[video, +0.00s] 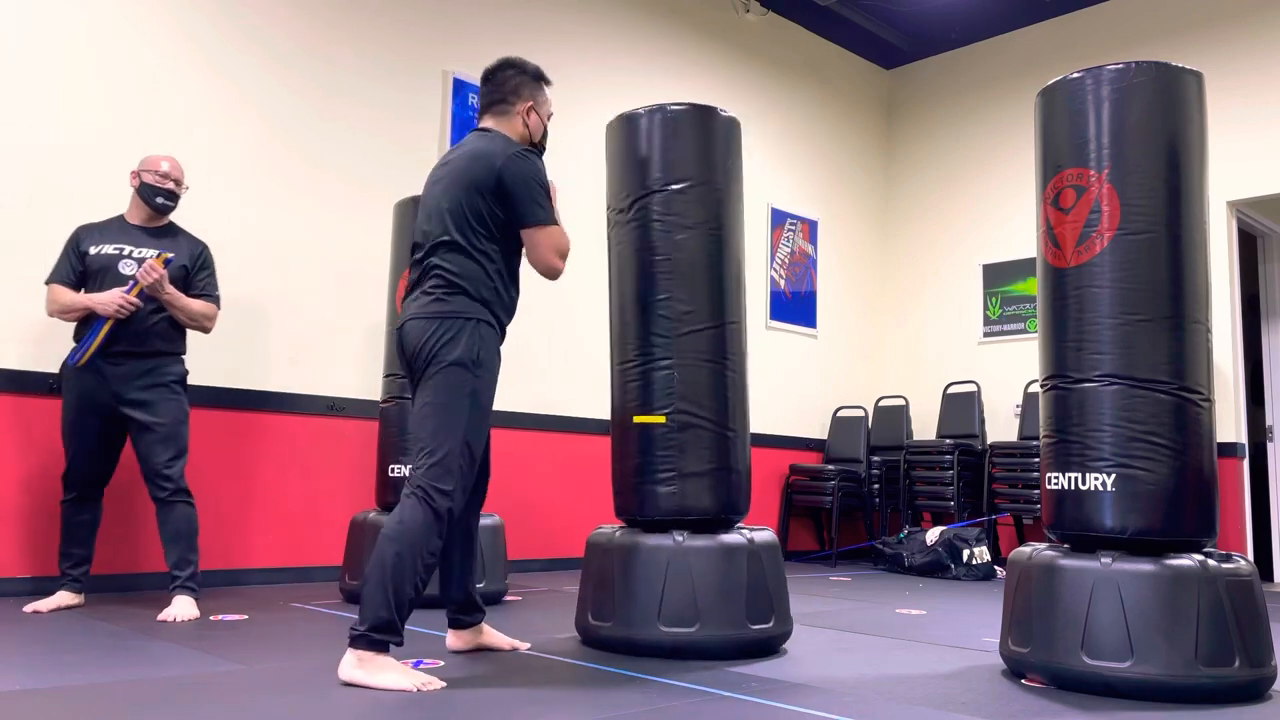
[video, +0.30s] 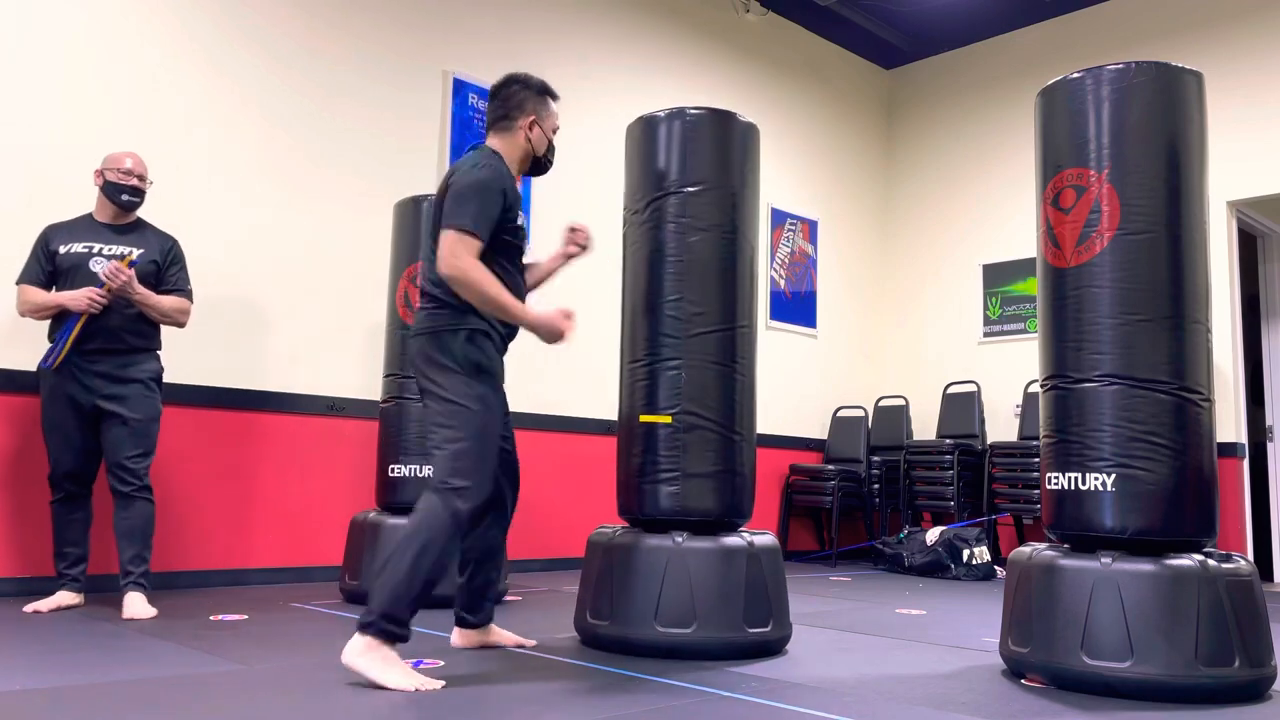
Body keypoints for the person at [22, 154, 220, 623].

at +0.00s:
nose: (168, 185)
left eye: (176, 182)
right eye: (159, 176)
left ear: (182, 194)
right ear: (133, 180)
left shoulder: (193, 250)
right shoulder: (88, 237)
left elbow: (207, 320)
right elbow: (56, 301)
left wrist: (166, 291)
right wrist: (93, 301)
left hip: (158, 382)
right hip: (91, 379)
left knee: (169, 483)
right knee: (80, 484)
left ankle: (184, 592)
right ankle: (71, 587)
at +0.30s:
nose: (130, 181)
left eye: (139, 177)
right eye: (121, 172)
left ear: (147, 189)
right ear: (98, 178)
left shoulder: (163, 246)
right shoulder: (56, 237)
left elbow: (181, 314)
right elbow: (25, 301)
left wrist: (135, 292)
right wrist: (65, 298)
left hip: (133, 381)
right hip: (67, 378)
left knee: (132, 481)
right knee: (68, 483)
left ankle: (135, 589)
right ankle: (71, 586)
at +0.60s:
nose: (121, 182)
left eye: (128, 178)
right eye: (111, 173)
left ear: (134, 189)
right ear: (85, 179)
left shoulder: (151, 245)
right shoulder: (44, 239)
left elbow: (172, 311)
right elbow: (15, 305)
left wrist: (126, 292)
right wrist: (51, 303)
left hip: (124, 381)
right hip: (58, 380)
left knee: (126, 481)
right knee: (63, 484)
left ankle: (130, 589)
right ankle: (70, 586)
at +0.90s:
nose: (112, 184)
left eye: (119, 178)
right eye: (102, 175)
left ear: (125, 189)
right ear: (75, 180)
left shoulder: (142, 245)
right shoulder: (34, 241)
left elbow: (164, 312)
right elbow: (5, 306)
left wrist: (118, 292)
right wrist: (44, 303)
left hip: (117, 380)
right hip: (51, 380)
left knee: (124, 479)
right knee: (58, 483)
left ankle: (130, 588)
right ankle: (70, 586)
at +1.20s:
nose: (104, 183)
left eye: (111, 178)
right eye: (94, 174)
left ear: (117, 189)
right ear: (66, 179)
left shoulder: (133, 244)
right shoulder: (25, 242)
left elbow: (155, 311)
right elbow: (3, 308)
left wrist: (107, 289)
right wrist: (33, 302)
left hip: (105, 374)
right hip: (41, 375)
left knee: (102, 474)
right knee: (53, 480)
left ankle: (101, 587)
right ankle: (68, 586)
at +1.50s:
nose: (96, 181)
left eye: (103, 176)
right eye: (86, 172)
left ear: (108, 186)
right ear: (56, 177)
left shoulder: (122, 241)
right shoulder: (15, 239)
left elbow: (143, 309)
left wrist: (90, 286)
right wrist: (17, 301)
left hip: (90, 366)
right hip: (28, 367)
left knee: (55, 463)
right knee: (45, 472)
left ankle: (32, 585)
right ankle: (68, 583)